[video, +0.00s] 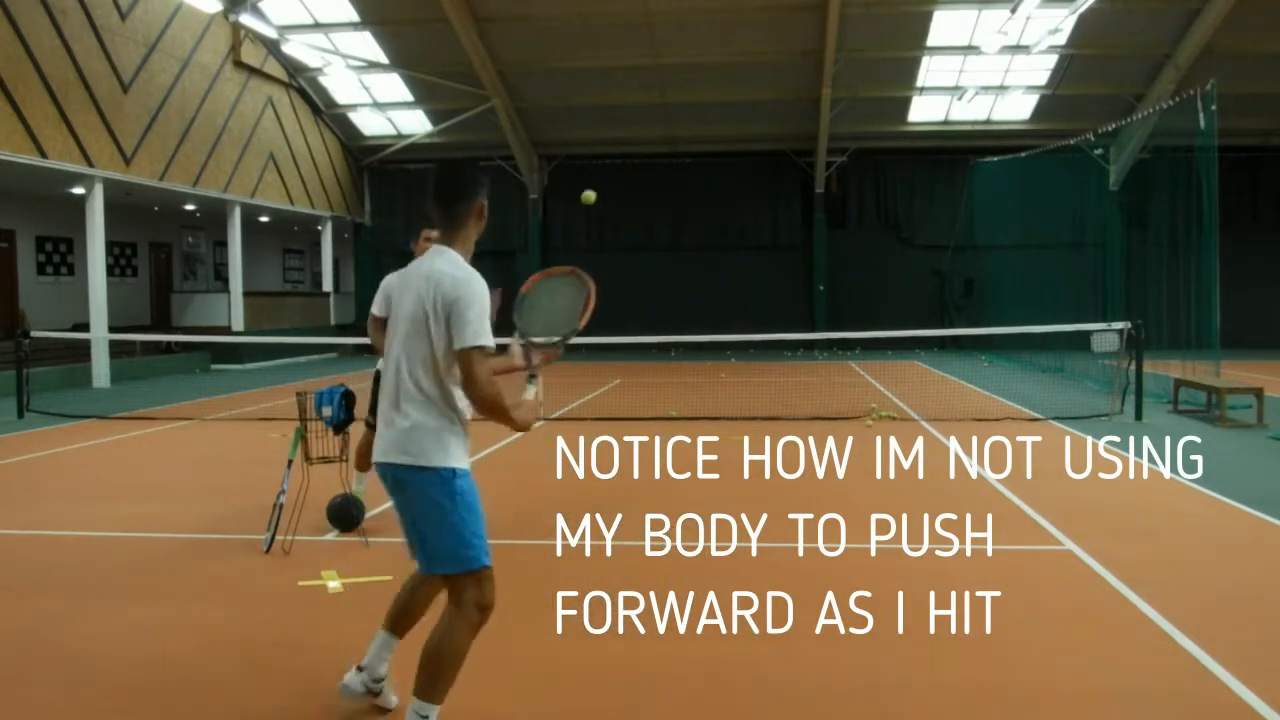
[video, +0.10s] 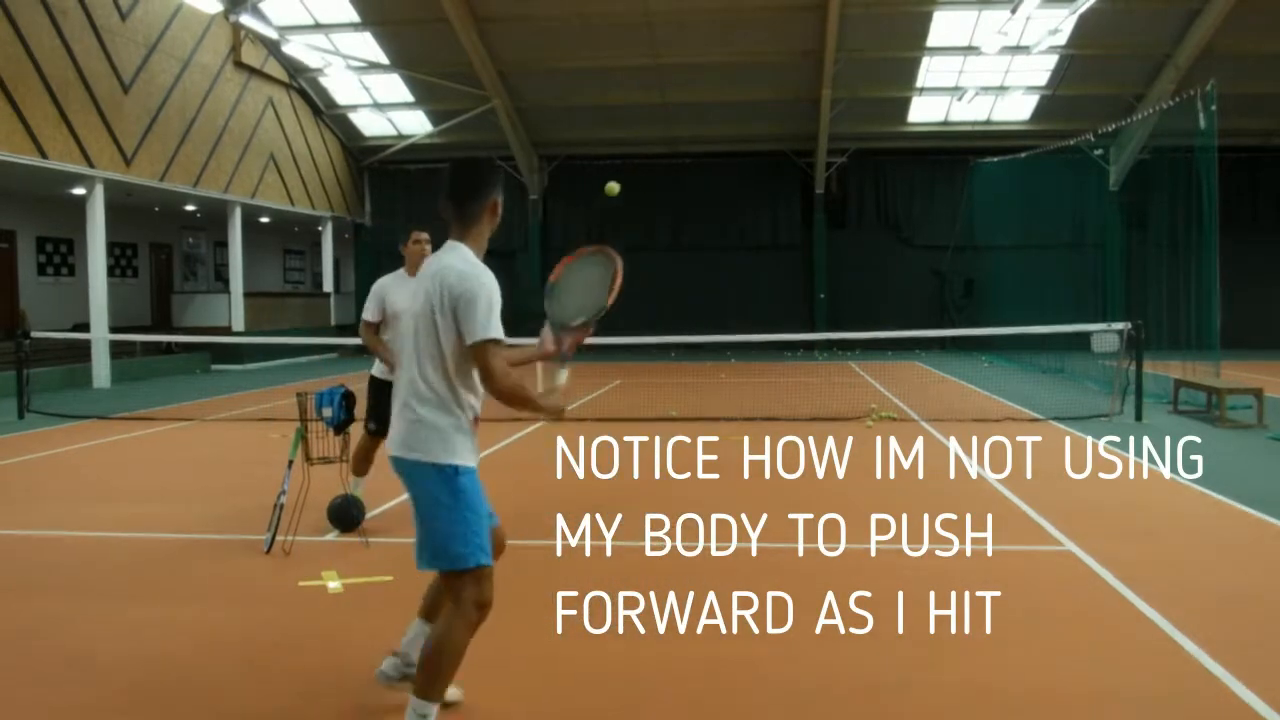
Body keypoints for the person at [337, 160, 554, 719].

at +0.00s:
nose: (487, 215)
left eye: (483, 207)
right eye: (486, 208)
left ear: (435, 212)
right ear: (480, 212)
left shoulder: (406, 277)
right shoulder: (465, 282)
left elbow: (430, 366)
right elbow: (478, 387)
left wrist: (512, 358)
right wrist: (515, 417)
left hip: (397, 452)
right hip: (433, 457)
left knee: (436, 565)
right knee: (475, 598)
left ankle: (369, 671)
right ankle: (421, 712)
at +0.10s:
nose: (500, 213)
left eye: (495, 205)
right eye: (501, 205)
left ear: (452, 207)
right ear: (495, 208)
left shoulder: (435, 268)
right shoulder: (473, 277)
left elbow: (468, 355)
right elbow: (496, 377)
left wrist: (542, 349)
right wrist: (543, 405)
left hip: (420, 442)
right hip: (439, 449)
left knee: (490, 539)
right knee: (472, 596)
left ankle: (409, 656)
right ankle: (422, 710)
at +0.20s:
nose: (516, 215)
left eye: (512, 205)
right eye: (516, 206)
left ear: (467, 208)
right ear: (507, 209)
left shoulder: (459, 267)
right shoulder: (478, 273)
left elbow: (509, 347)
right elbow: (522, 365)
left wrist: (580, 326)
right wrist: (583, 379)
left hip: (459, 443)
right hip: (446, 447)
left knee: (507, 542)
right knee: (460, 591)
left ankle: (470, 662)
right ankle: (415, 712)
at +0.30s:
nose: (531, 224)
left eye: (530, 216)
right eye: (530, 215)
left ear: (484, 218)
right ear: (520, 220)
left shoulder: (503, 279)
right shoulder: (481, 278)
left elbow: (557, 334)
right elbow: (537, 342)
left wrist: (613, 304)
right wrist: (617, 340)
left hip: (485, 453)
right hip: (457, 455)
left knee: (533, 548)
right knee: (466, 593)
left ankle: (489, 666)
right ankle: (416, 712)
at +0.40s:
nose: (550, 233)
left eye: (550, 226)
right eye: (549, 224)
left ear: (510, 226)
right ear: (538, 227)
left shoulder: (538, 284)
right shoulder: (491, 283)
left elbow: (602, 324)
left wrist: (643, 284)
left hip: (510, 454)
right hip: (477, 454)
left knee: (548, 552)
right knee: (496, 588)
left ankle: (491, 664)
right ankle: (428, 709)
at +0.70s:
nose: (626, 240)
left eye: (628, 231)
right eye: (621, 230)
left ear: (614, 235)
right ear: (596, 231)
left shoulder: (614, 277)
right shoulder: (546, 268)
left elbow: (664, 312)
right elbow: (495, 300)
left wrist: (719, 309)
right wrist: (539, 279)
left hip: (563, 430)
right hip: (529, 429)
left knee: (590, 535)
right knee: (603, 534)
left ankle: (517, 619)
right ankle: (616, 676)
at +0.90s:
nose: (657, 275)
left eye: (656, 266)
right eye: (652, 266)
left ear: (631, 272)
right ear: (630, 270)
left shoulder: (645, 310)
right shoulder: (578, 312)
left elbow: (704, 351)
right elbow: (534, 378)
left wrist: (772, 386)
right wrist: (547, 364)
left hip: (583, 445)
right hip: (555, 448)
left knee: (639, 528)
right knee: (639, 539)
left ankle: (608, 611)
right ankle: (624, 680)